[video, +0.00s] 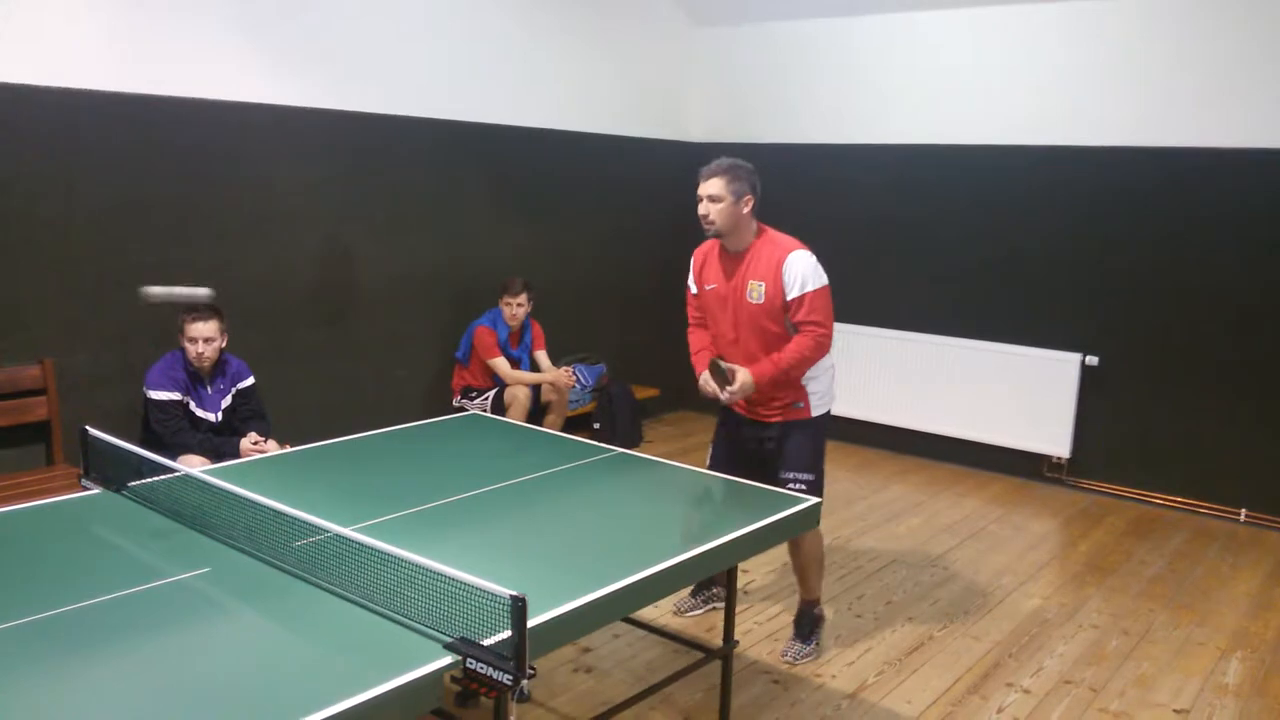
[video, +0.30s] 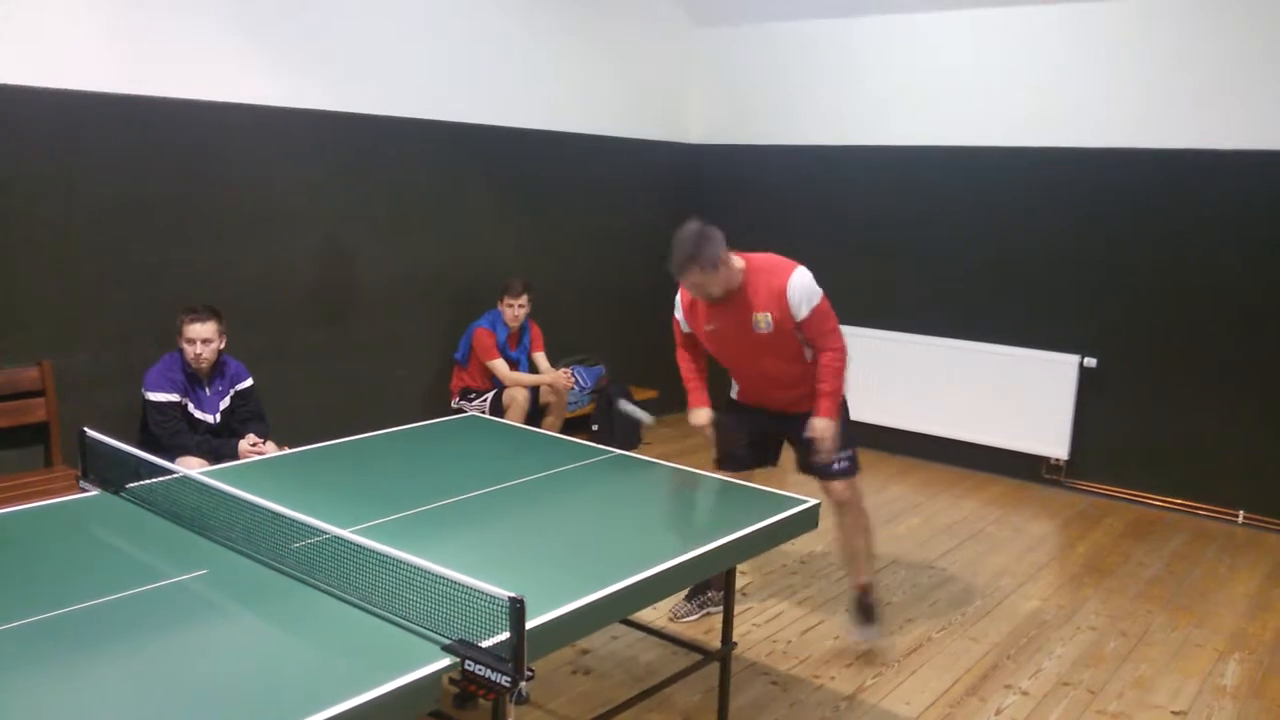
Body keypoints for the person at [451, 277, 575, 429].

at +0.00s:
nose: (513, 311)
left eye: (520, 305)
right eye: (508, 305)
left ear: (529, 307)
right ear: (500, 304)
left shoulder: (533, 328)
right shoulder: (483, 330)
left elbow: (547, 368)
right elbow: (508, 377)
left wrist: (561, 376)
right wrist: (553, 377)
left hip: (505, 390)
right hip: (470, 397)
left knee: (559, 391)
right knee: (521, 394)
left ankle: (546, 451)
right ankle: (509, 451)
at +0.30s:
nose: (515, 313)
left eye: (521, 307)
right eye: (510, 306)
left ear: (528, 308)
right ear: (500, 306)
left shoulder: (531, 329)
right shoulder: (483, 331)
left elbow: (545, 369)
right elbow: (507, 379)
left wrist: (559, 378)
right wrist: (551, 379)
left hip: (504, 391)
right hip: (469, 398)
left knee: (558, 393)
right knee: (519, 396)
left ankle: (545, 452)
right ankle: (507, 452)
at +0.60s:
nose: (513, 314)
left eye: (519, 308)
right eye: (508, 308)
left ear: (526, 309)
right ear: (496, 308)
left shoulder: (528, 331)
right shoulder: (479, 332)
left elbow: (542, 370)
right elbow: (503, 379)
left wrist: (555, 379)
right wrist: (548, 380)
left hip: (500, 392)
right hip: (465, 399)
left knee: (554, 394)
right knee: (516, 396)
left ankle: (542, 455)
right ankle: (504, 455)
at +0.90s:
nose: (517, 314)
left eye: (520, 307)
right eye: (510, 308)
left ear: (525, 307)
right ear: (495, 309)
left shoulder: (525, 331)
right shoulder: (477, 333)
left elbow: (540, 370)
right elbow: (501, 379)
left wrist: (553, 379)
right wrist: (546, 380)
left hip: (499, 393)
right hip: (463, 399)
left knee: (552, 394)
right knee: (514, 396)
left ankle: (540, 454)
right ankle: (502, 454)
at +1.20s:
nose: (520, 315)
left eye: (523, 309)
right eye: (513, 310)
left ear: (527, 308)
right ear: (498, 310)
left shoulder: (528, 333)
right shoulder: (479, 334)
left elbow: (542, 372)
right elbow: (503, 381)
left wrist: (556, 380)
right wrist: (548, 382)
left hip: (501, 395)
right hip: (465, 401)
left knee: (554, 395)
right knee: (516, 398)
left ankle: (543, 456)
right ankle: (505, 456)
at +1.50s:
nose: (506, 320)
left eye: (512, 315)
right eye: (501, 314)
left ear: (522, 317)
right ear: (494, 315)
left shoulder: (526, 339)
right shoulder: (477, 341)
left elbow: (539, 379)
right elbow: (500, 388)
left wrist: (553, 387)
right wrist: (545, 388)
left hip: (499, 401)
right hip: (463, 407)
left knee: (551, 403)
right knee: (513, 405)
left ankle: (539, 464)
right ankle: (501, 463)